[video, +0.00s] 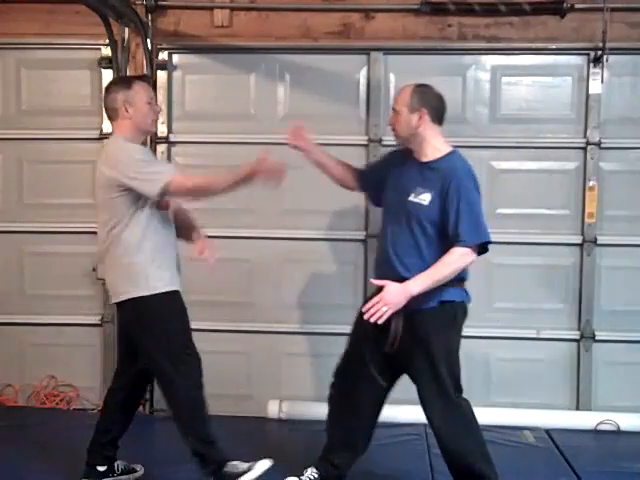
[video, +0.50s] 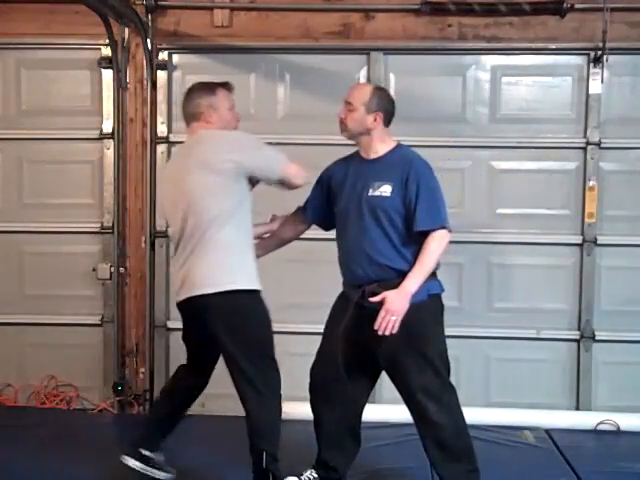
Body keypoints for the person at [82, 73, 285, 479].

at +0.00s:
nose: (158, 108)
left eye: (156, 101)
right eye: (150, 101)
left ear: (127, 111)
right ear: (126, 109)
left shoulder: (127, 152)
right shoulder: (123, 153)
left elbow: (164, 201)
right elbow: (184, 186)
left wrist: (192, 232)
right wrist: (249, 172)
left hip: (141, 282)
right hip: (146, 283)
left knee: (133, 376)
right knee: (183, 370)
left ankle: (100, 461)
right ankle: (215, 463)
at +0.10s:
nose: (163, 110)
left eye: (160, 103)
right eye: (155, 104)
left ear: (131, 112)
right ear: (131, 110)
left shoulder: (128, 153)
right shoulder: (132, 153)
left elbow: (177, 198)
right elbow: (205, 177)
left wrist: (216, 213)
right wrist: (258, 146)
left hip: (147, 286)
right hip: (159, 286)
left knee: (137, 377)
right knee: (199, 375)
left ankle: (101, 461)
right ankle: (236, 465)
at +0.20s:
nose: (177, 111)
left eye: (173, 104)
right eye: (169, 105)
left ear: (144, 115)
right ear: (145, 113)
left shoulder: (137, 156)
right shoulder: (152, 153)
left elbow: (209, 203)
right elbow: (211, 192)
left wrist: (256, 180)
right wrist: (235, 164)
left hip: (156, 291)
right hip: (176, 290)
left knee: (141, 378)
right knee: (216, 381)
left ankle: (101, 461)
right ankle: (251, 469)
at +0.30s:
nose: (195, 113)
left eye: (193, 107)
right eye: (187, 107)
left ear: (162, 116)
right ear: (164, 114)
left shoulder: (152, 157)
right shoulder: (175, 150)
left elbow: (203, 216)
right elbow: (239, 189)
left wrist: (268, 198)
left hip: (171, 291)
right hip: (193, 290)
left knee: (155, 376)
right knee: (229, 385)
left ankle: (105, 456)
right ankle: (254, 471)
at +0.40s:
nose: (220, 113)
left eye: (216, 105)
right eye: (212, 106)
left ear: (180, 116)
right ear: (190, 114)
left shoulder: (164, 164)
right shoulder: (209, 146)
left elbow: (189, 225)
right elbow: (270, 184)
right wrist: (236, 194)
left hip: (181, 291)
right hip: (215, 288)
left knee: (187, 365)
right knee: (250, 381)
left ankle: (119, 446)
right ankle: (263, 469)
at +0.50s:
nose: (236, 115)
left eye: (233, 108)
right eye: (230, 109)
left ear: (196, 118)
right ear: (208, 114)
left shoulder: (169, 169)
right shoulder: (228, 144)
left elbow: (194, 226)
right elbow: (297, 176)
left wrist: (259, 232)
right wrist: (262, 172)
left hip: (191, 292)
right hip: (232, 287)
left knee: (197, 368)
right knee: (261, 381)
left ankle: (145, 446)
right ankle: (266, 469)